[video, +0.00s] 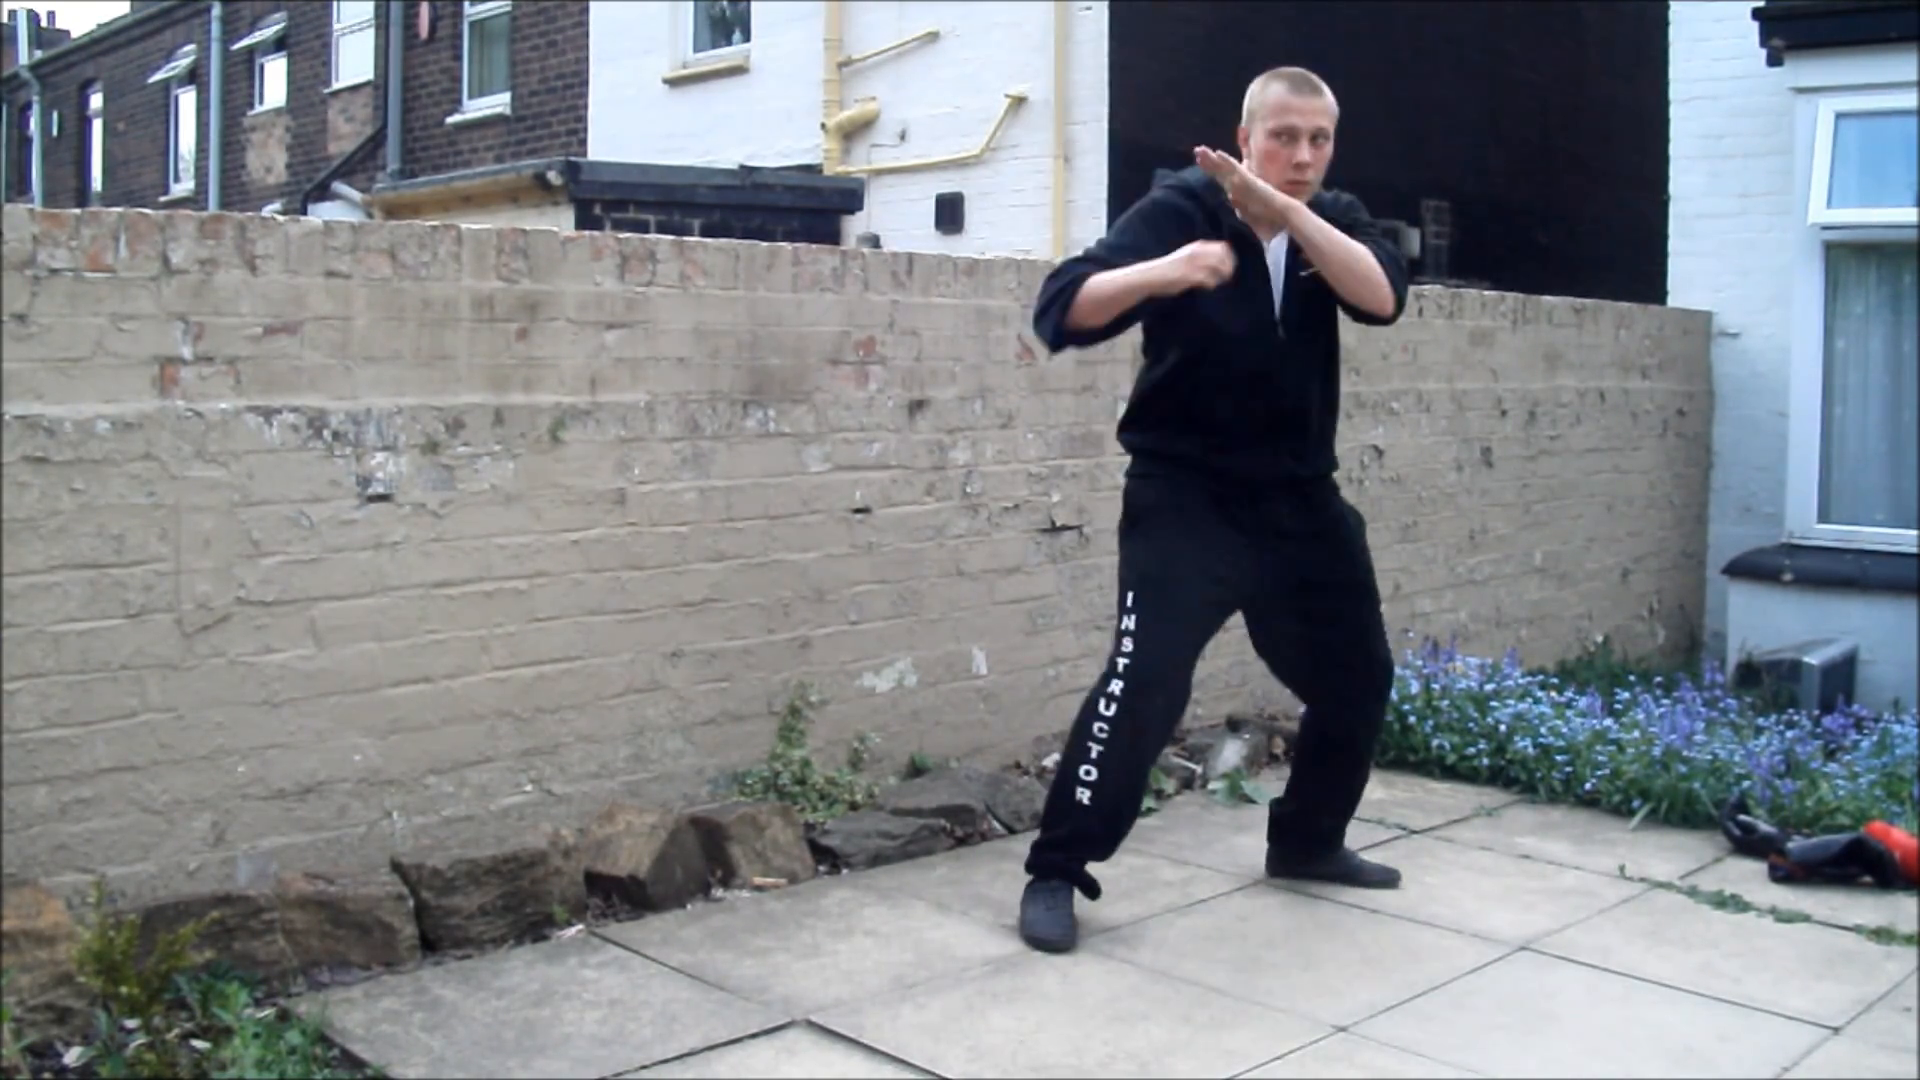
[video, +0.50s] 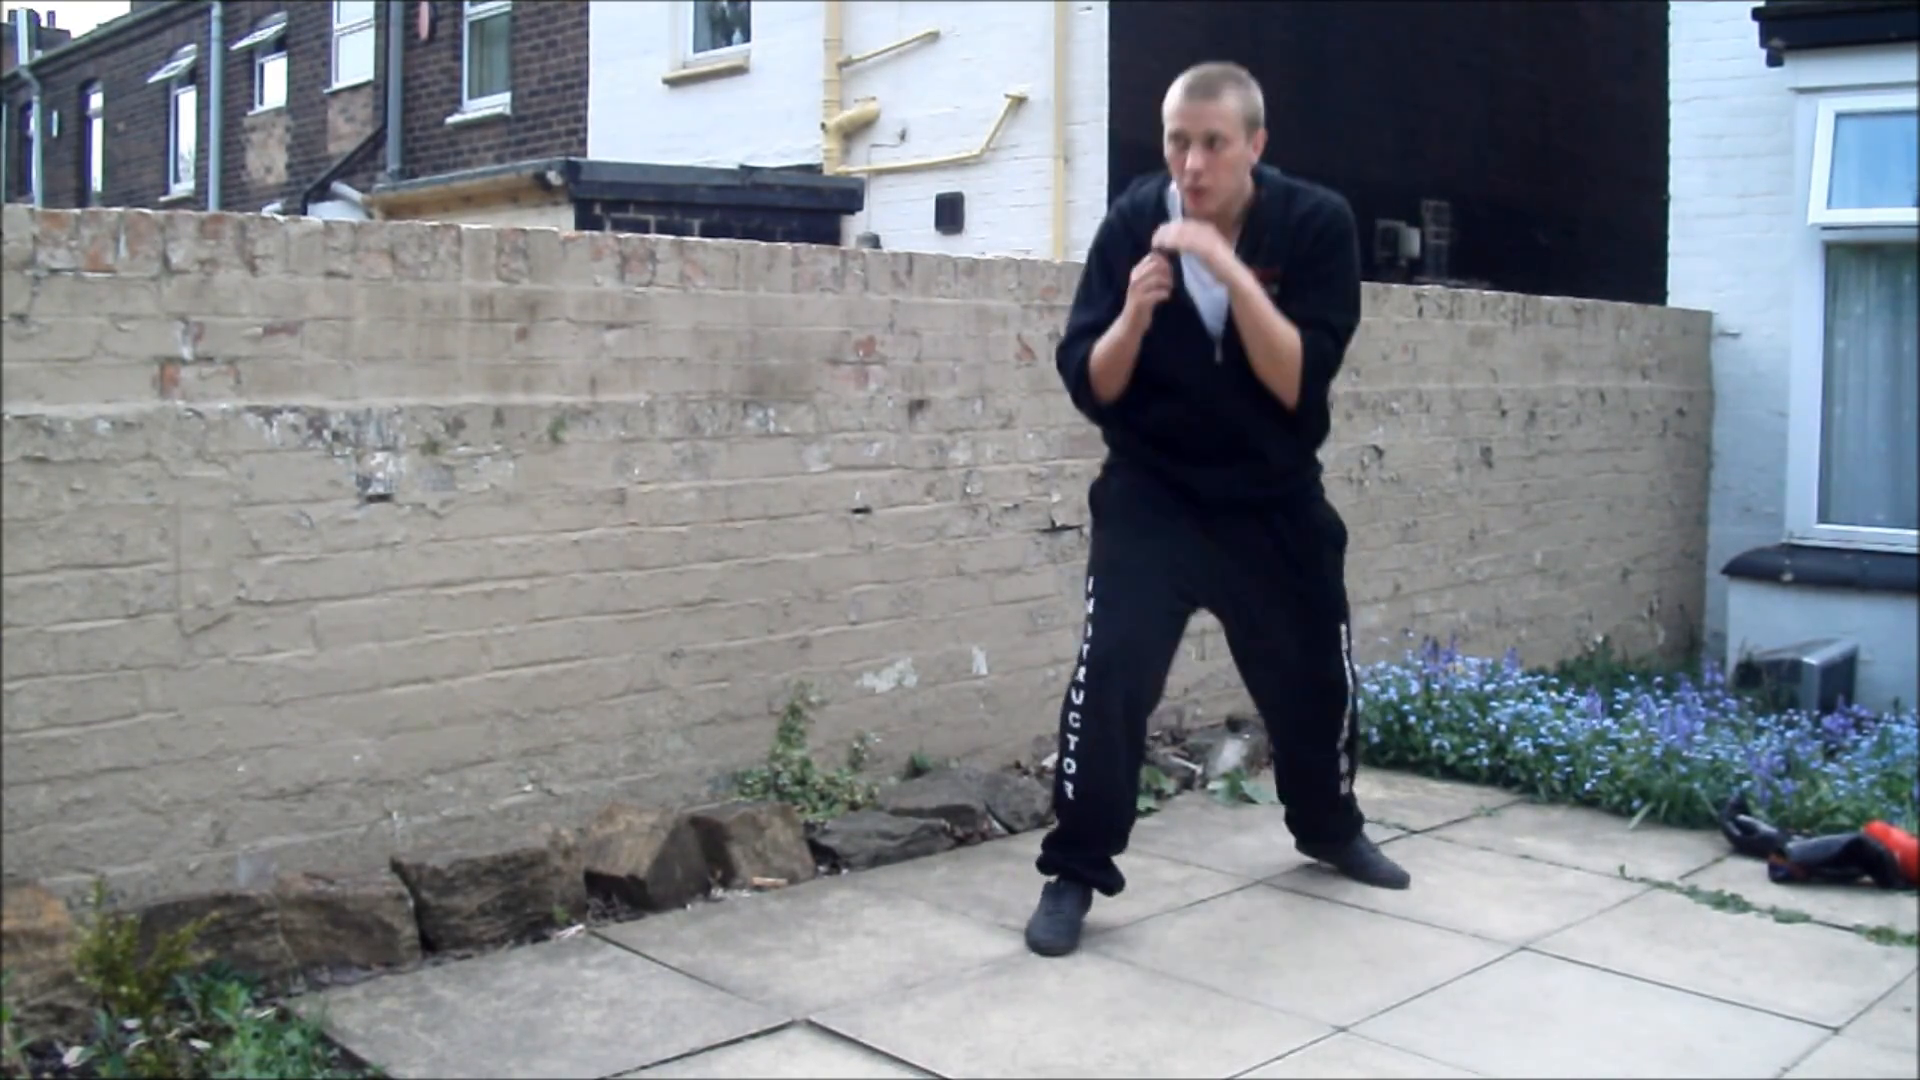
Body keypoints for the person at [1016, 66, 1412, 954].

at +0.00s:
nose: (1303, 154)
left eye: (1319, 139)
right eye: (1284, 137)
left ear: (1332, 147)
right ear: (1243, 142)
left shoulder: (1338, 220)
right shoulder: (1184, 208)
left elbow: (1383, 299)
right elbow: (1060, 311)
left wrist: (1289, 215)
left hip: (1300, 502)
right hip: (1183, 499)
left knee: (1359, 678)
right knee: (1145, 681)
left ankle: (1305, 845)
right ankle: (1056, 873)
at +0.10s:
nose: (1268, 151)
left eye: (1287, 134)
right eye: (1251, 133)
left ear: (1313, 137)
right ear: (1220, 133)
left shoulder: (1344, 209)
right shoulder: (1167, 211)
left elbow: (1354, 292)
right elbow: (1056, 338)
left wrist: (1258, 205)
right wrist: (1105, 291)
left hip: (1310, 500)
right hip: (1186, 496)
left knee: (1359, 682)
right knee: (1141, 673)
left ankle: (1308, 843)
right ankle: (1060, 873)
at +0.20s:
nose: (1208, 167)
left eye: (1226, 149)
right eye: (1193, 151)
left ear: (1269, 149)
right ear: (1177, 153)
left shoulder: (1322, 219)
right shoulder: (1157, 236)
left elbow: (1295, 328)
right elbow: (1094, 378)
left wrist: (1208, 227)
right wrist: (1122, 297)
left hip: (1303, 512)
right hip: (1177, 507)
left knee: (1357, 699)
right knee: (1125, 676)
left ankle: (1339, 816)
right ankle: (1067, 875)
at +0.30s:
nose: (1166, 231)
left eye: (1186, 209)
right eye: (1155, 210)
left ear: (1236, 203)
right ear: (1143, 210)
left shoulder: (1304, 269)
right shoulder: (1146, 281)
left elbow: (1273, 428)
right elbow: (1131, 440)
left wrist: (1192, 316)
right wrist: (1138, 347)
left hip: (1297, 533)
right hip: (1177, 526)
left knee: (1355, 711)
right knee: (1116, 686)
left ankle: (1341, 821)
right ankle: (1076, 878)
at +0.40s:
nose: (1169, 244)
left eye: (1191, 223)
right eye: (1157, 222)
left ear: (1239, 218)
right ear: (1144, 219)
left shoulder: (1307, 282)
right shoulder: (1138, 281)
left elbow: (1295, 449)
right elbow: (1114, 451)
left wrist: (1209, 350)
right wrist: (1135, 377)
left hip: (1290, 538)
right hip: (1169, 529)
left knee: (1336, 708)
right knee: (1120, 686)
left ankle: (1332, 830)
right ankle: (1075, 880)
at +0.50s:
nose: (1191, 164)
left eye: (1211, 145)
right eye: (1178, 143)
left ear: (1256, 144)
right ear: (1164, 141)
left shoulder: (1315, 223)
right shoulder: (1137, 216)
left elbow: (1301, 382)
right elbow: (1090, 388)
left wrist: (1227, 268)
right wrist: (1133, 317)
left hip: (1274, 502)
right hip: (1150, 496)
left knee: (1314, 681)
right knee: (1111, 676)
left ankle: (1329, 827)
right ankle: (1070, 875)